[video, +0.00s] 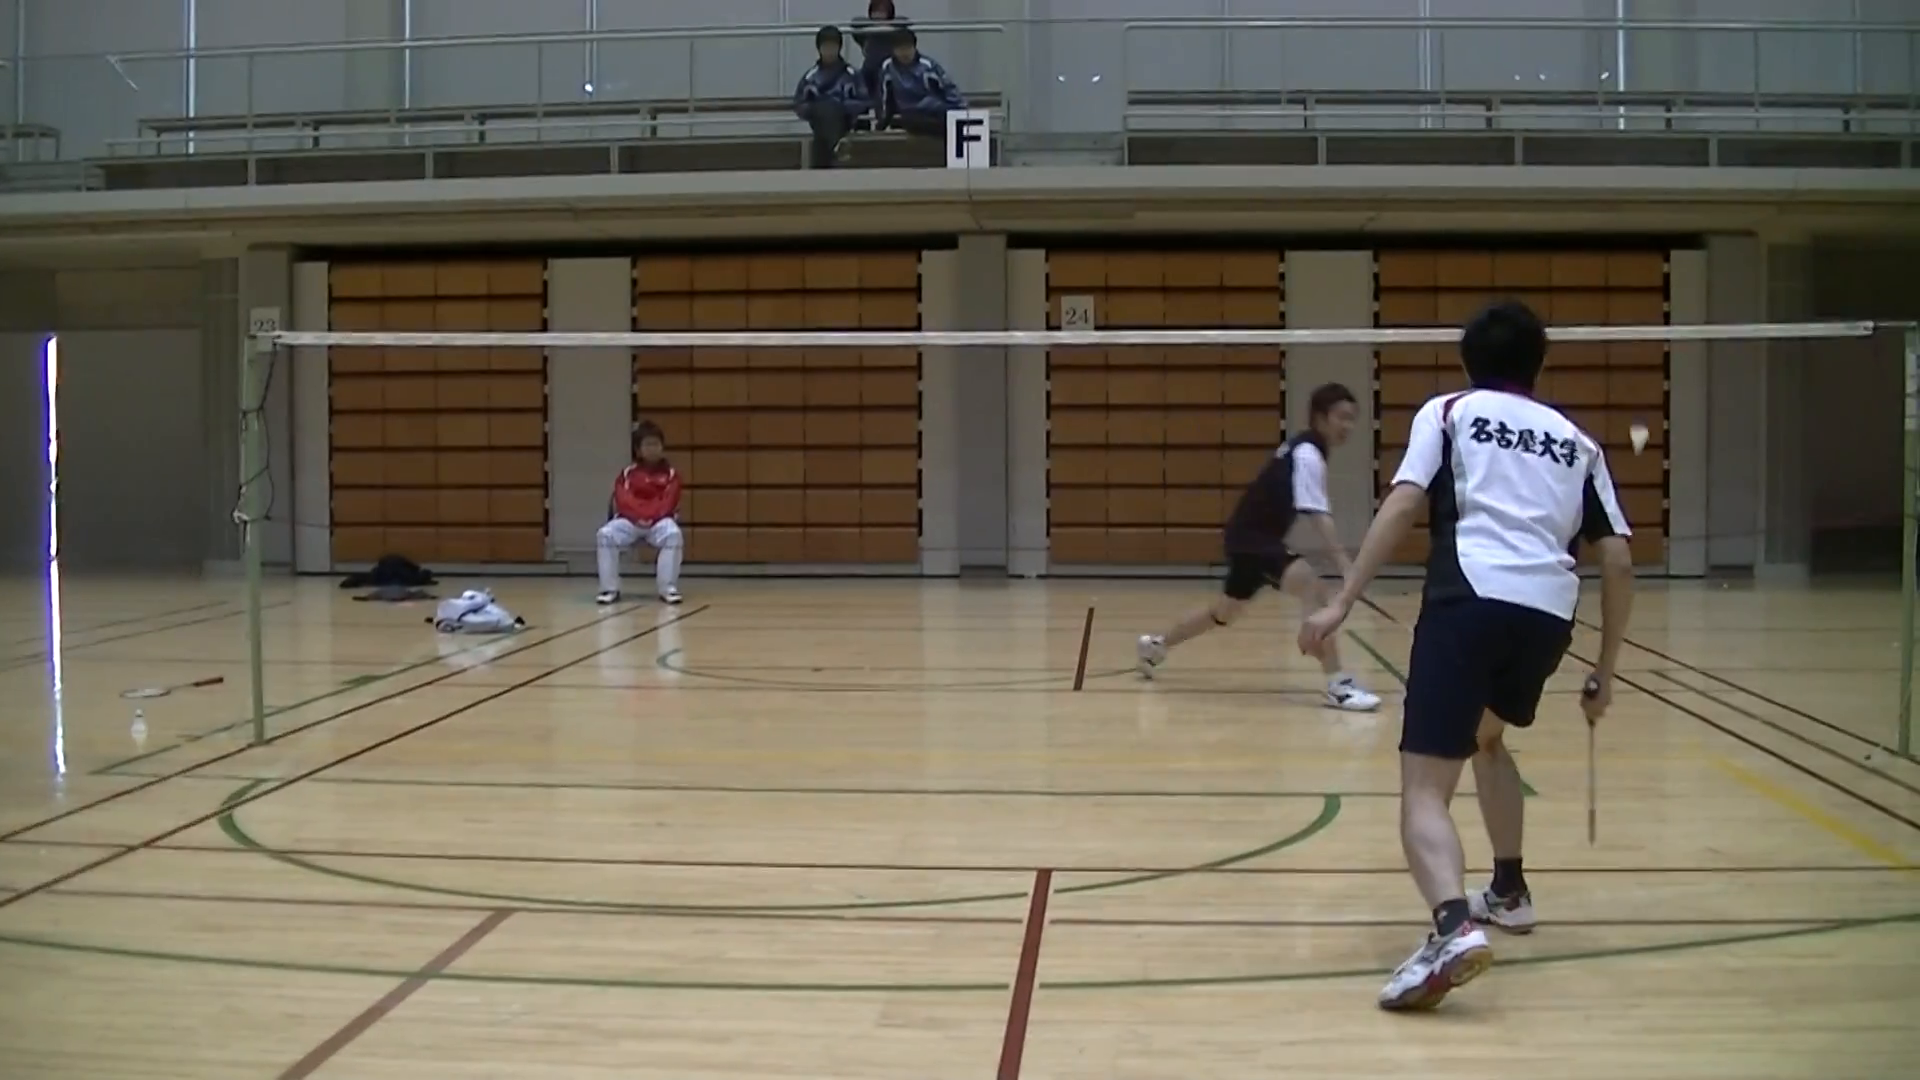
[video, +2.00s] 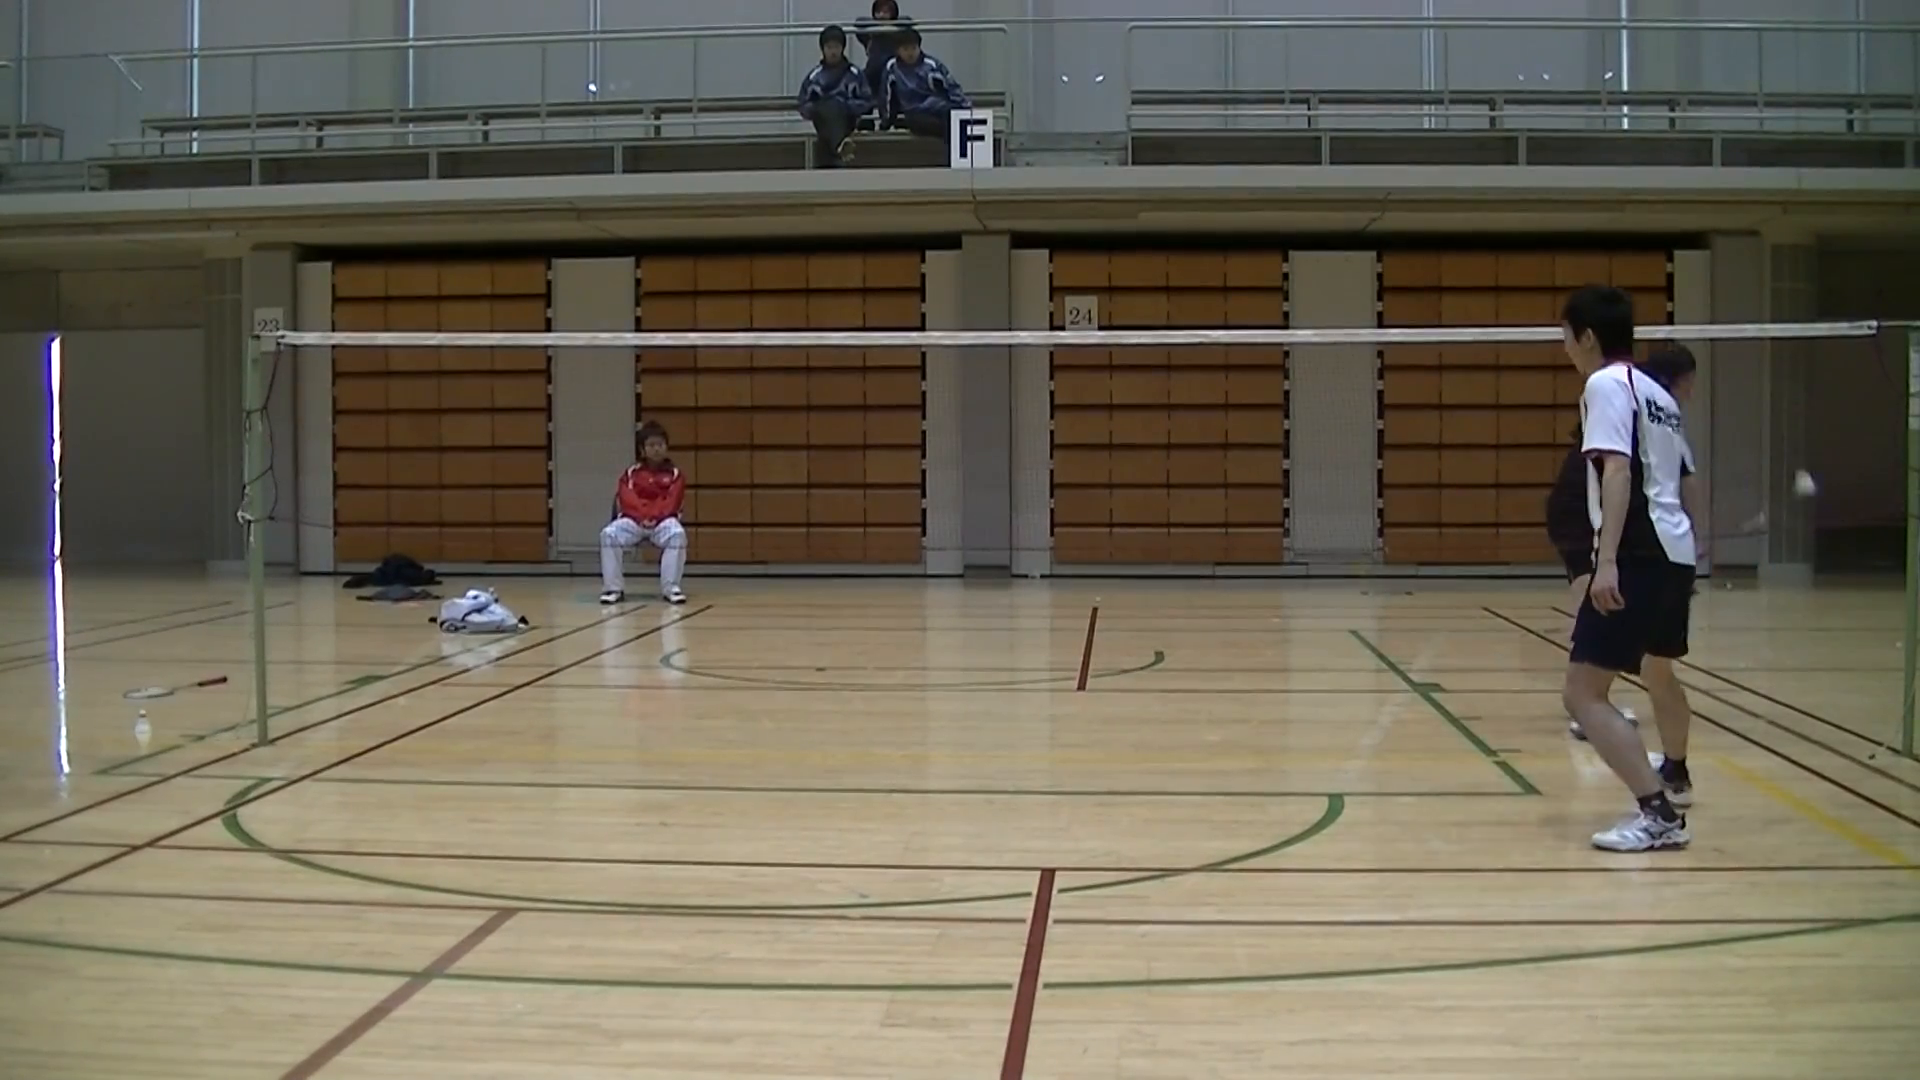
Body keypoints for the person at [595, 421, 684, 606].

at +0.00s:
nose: (653, 449)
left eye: (656, 444)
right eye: (648, 445)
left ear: (662, 447)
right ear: (638, 450)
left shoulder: (670, 474)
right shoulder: (628, 473)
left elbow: (669, 503)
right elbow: (623, 501)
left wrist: (652, 518)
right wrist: (638, 516)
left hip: (659, 520)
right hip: (630, 520)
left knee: (673, 536)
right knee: (606, 535)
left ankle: (668, 587)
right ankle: (609, 589)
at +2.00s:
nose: (656, 449)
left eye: (660, 444)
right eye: (651, 445)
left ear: (666, 447)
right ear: (642, 449)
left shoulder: (674, 474)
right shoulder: (631, 472)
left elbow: (672, 503)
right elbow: (626, 499)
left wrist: (655, 517)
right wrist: (641, 516)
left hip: (662, 520)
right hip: (634, 519)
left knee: (677, 535)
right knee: (609, 535)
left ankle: (671, 587)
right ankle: (613, 589)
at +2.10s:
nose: (657, 449)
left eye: (660, 444)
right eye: (651, 445)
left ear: (666, 447)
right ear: (642, 449)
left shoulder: (675, 474)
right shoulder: (631, 472)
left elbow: (672, 503)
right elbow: (627, 499)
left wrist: (655, 517)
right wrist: (642, 516)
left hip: (662, 520)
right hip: (634, 519)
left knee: (677, 535)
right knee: (609, 535)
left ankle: (671, 587)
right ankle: (613, 589)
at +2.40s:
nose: (656, 445)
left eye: (660, 440)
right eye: (651, 441)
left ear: (666, 443)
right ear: (642, 446)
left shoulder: (674, 470)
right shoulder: (630, 469)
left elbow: (671, 499)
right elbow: (626, 496)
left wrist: (655, 513)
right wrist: (641, 512)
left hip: (662, 516)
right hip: (633, 516)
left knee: (677, 532)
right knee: (608, 531)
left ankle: (671, 584)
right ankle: (613, 585)